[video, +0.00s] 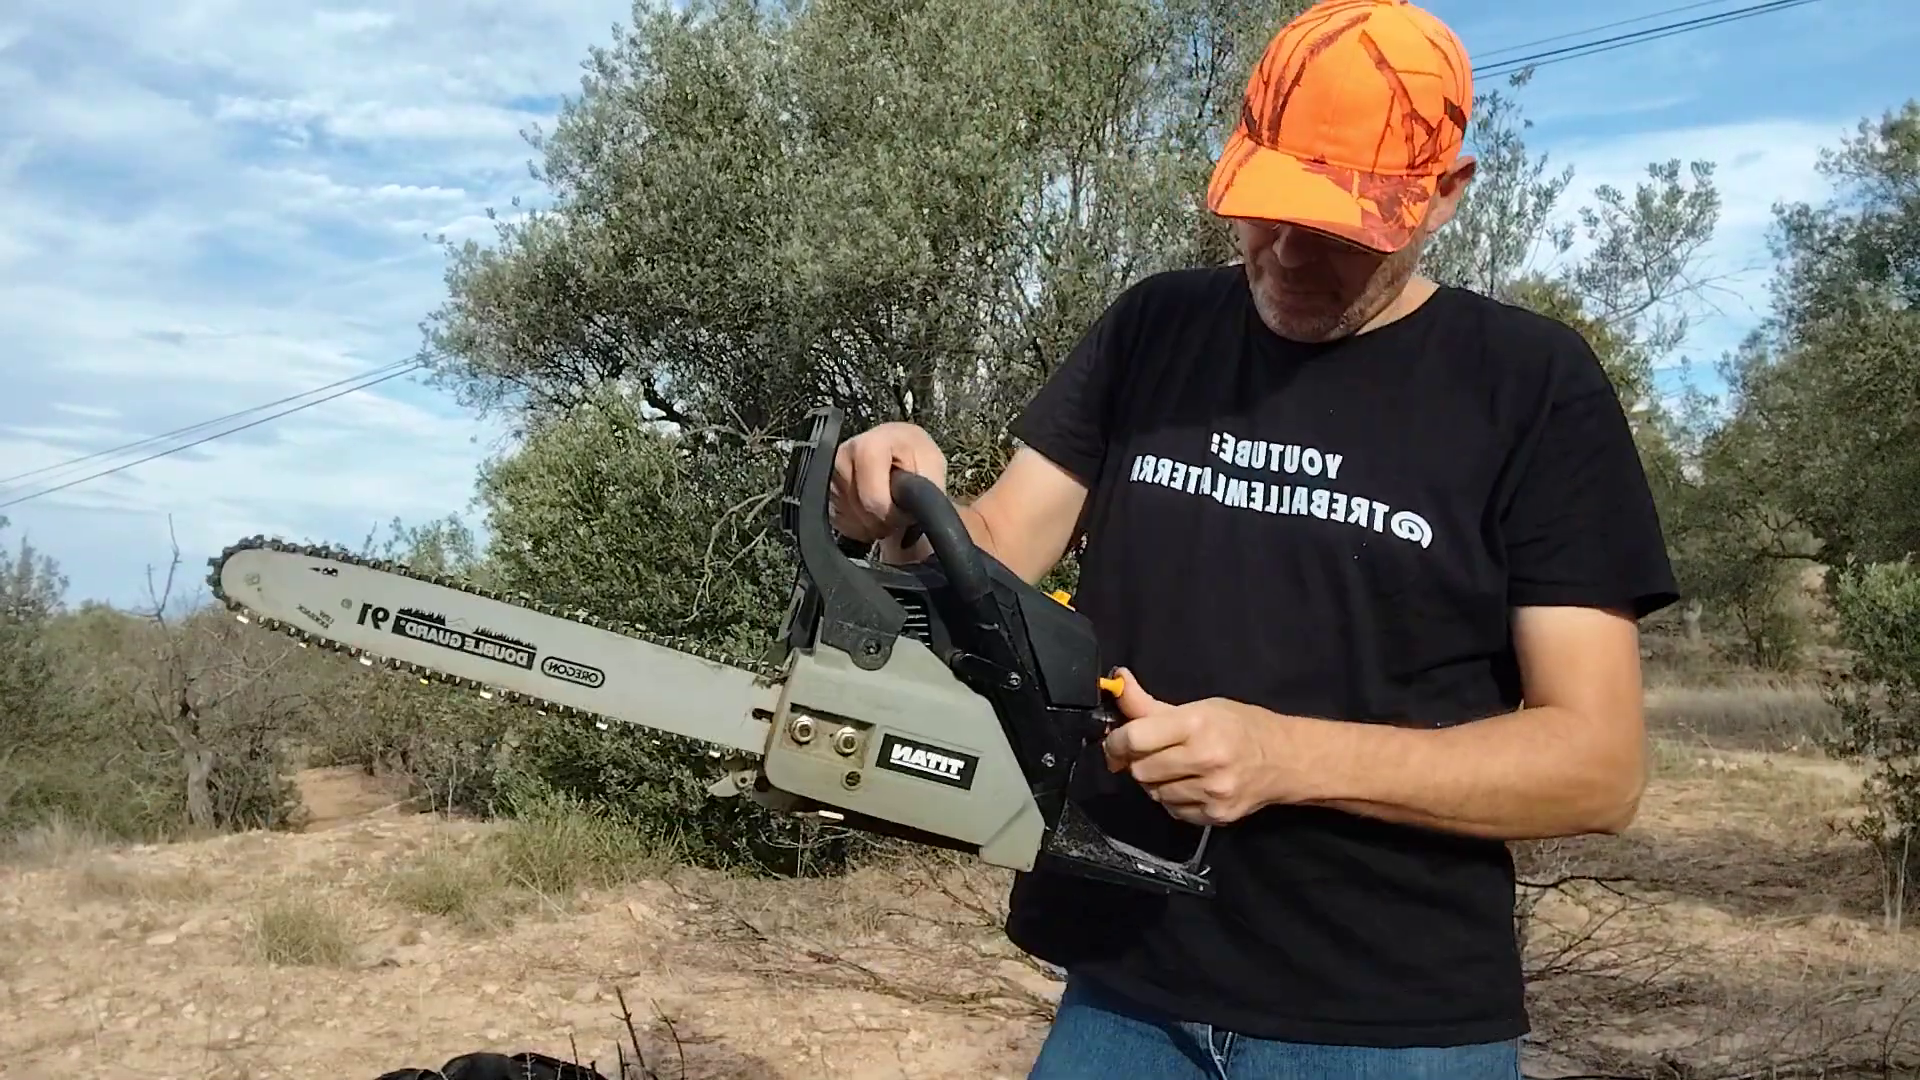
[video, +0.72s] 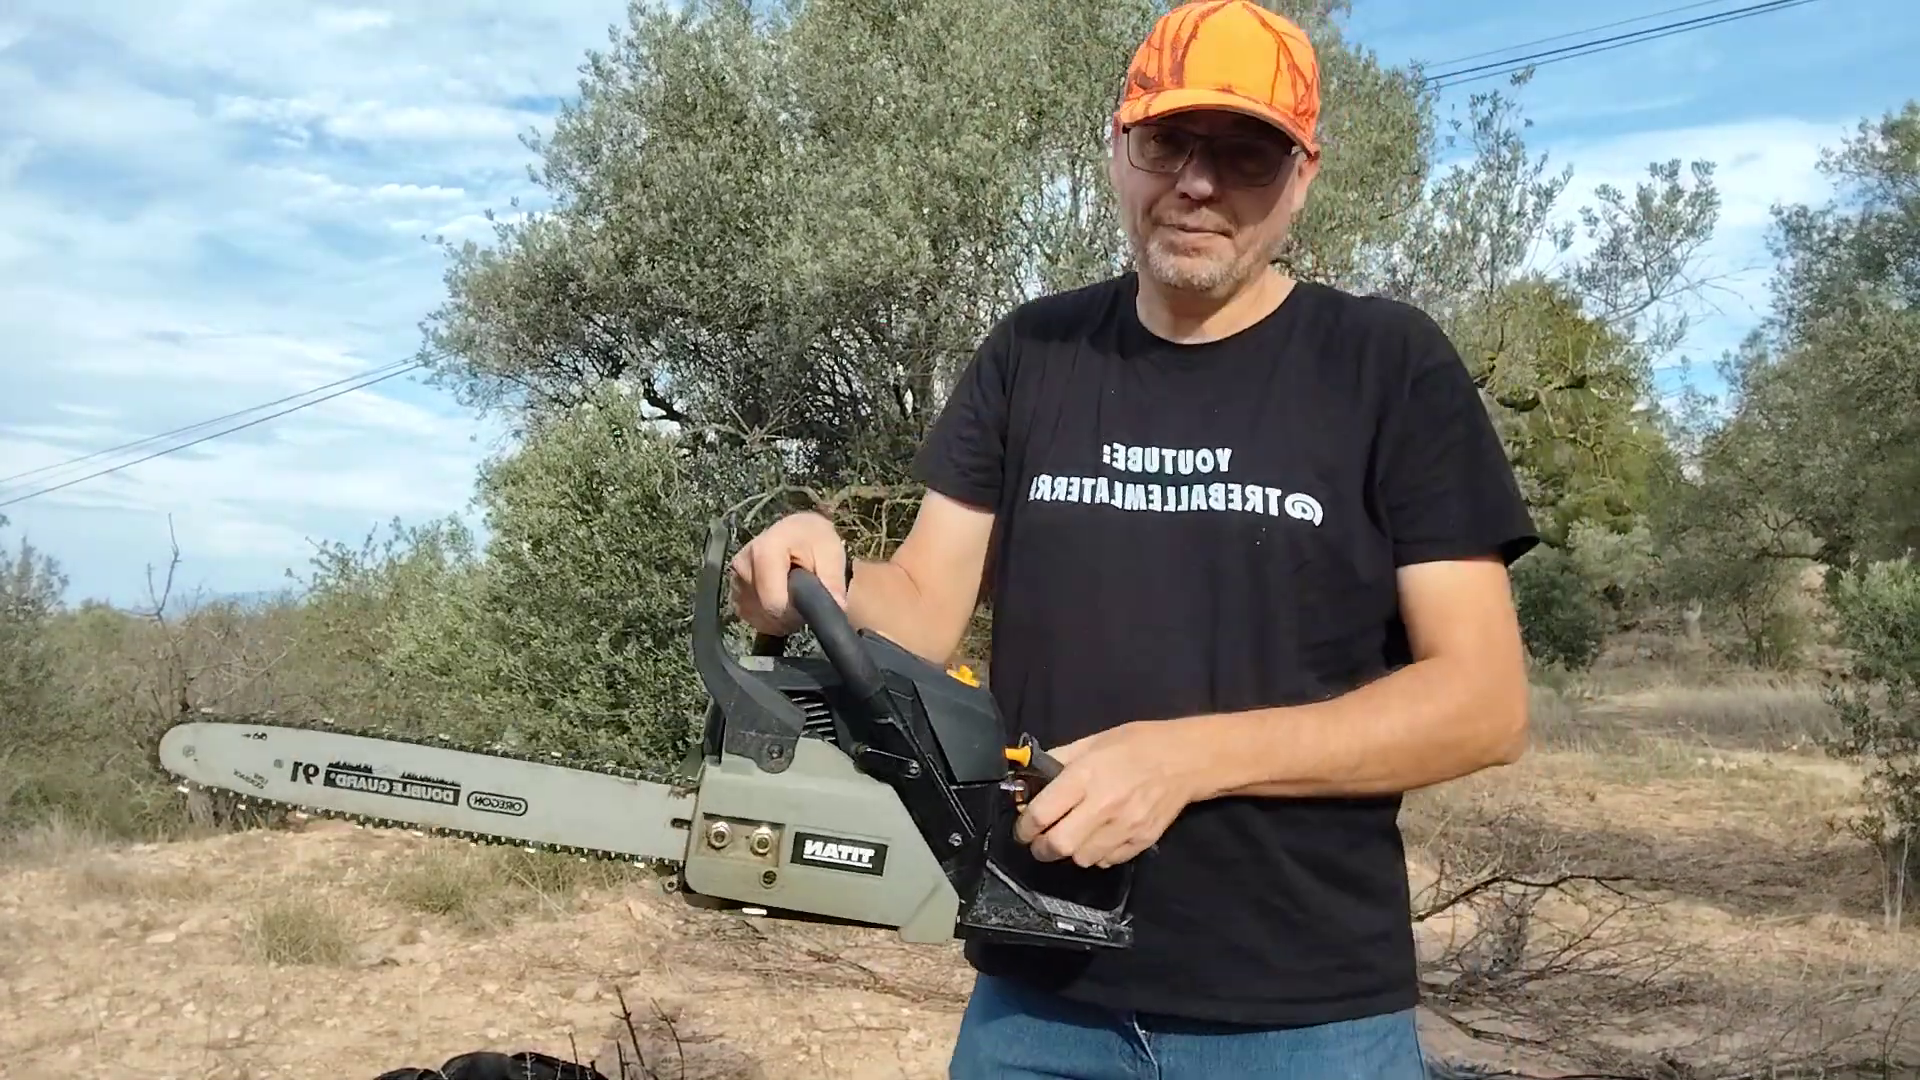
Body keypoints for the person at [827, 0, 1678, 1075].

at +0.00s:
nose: (1283, 254)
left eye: (1337, 226)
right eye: (1265, 203)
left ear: (1434, 204)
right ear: (1237, 162)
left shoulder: (1534, 386)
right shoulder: (1157, 328)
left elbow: (1597, 762)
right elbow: (979, 571)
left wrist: (1289, 755)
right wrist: (905, 503)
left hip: (1405, 1038)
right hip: (1126, 1010)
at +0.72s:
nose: (1197, 183)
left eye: (1242, 154)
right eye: (1167, 144)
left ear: (1301, 177)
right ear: (1117, 153)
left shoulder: (1390, 364)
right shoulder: (1032, 353)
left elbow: (1483, 701)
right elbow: (922, 607)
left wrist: (1191, 758)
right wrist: (817, 559)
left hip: (1312, 1022)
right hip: (1040, 1006)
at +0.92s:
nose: (1110, 204)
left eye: (1151, 168)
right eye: (1081, 164)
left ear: (1213, 179)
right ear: (1037, 167)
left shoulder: (1314, 362)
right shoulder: (955, 369)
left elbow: (1423, 684)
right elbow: (849, 638)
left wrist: (1140, 794)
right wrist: (771, 574)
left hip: (1278, 1012)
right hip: (1006, 1014)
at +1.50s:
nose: (1035, 226)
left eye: (1076, 193)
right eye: (1006, 189)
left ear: (1147, 190)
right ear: (969, 184)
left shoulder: (1249, 348)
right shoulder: (899, 368)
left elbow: (1324, 661)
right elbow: (787, 622)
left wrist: (988, 728)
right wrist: (758, 702)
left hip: (1252, 1008)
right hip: (977, 1009)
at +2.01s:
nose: (1202, 204)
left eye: (1245, 171)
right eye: (1172, 165)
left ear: (1307, 191)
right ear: (1128, 176)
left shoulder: (1379, 347)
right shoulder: (1056, 361)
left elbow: (1390, 675)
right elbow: (913, 596)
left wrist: (1048, 769)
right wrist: (896, 703)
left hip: (1336, 1014)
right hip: (1074, 1004)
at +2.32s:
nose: (1281, 206)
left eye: (1326, 178)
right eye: (1252, 168)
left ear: (1387, 201)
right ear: (1205, 180)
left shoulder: (1448, 354)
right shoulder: (1139, 363)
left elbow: (1441, 692)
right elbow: (989, 603)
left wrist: (1109, 806)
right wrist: (973, 742)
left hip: (1379, 1018)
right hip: (1128, 997)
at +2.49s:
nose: (1303, 220)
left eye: (1348, 189)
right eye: (1276, 180)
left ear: (1403, 206)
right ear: (1224, 183)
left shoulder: (1481, 350)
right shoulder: (1143, 363)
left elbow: (1693, 602)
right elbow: (973, 584)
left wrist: (1395, 571)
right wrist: (966, 760)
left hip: (1390, 988)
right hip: (1121, 967)